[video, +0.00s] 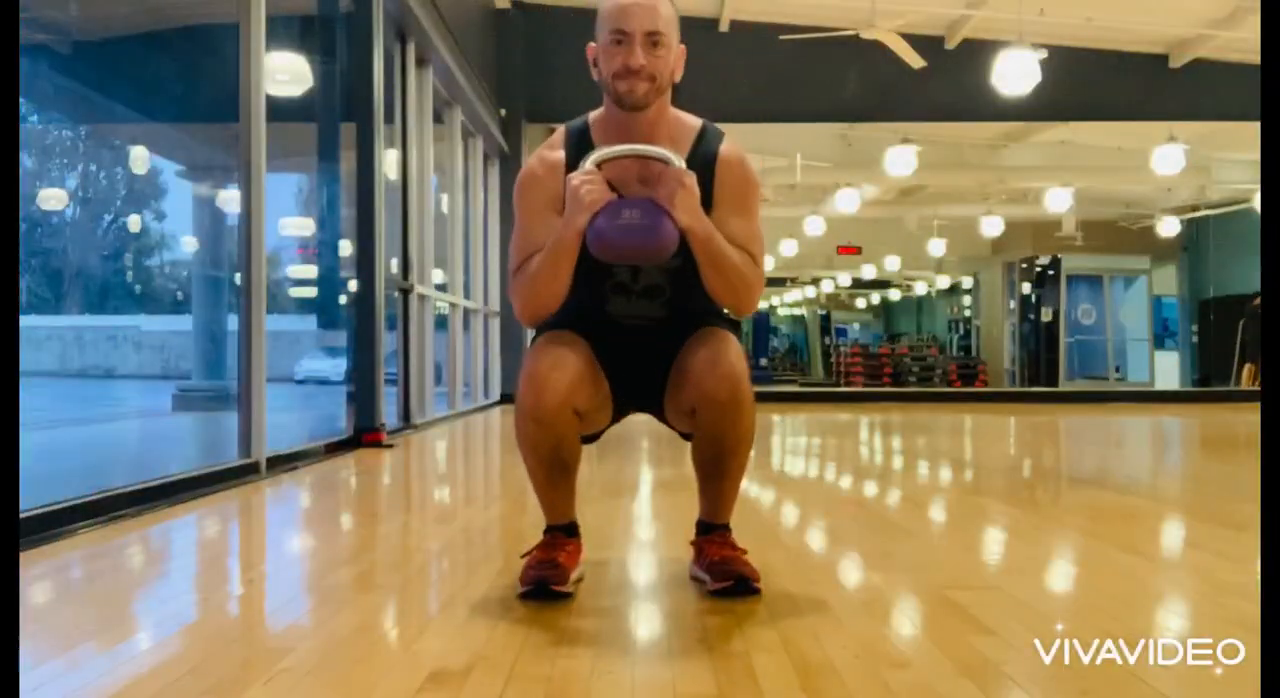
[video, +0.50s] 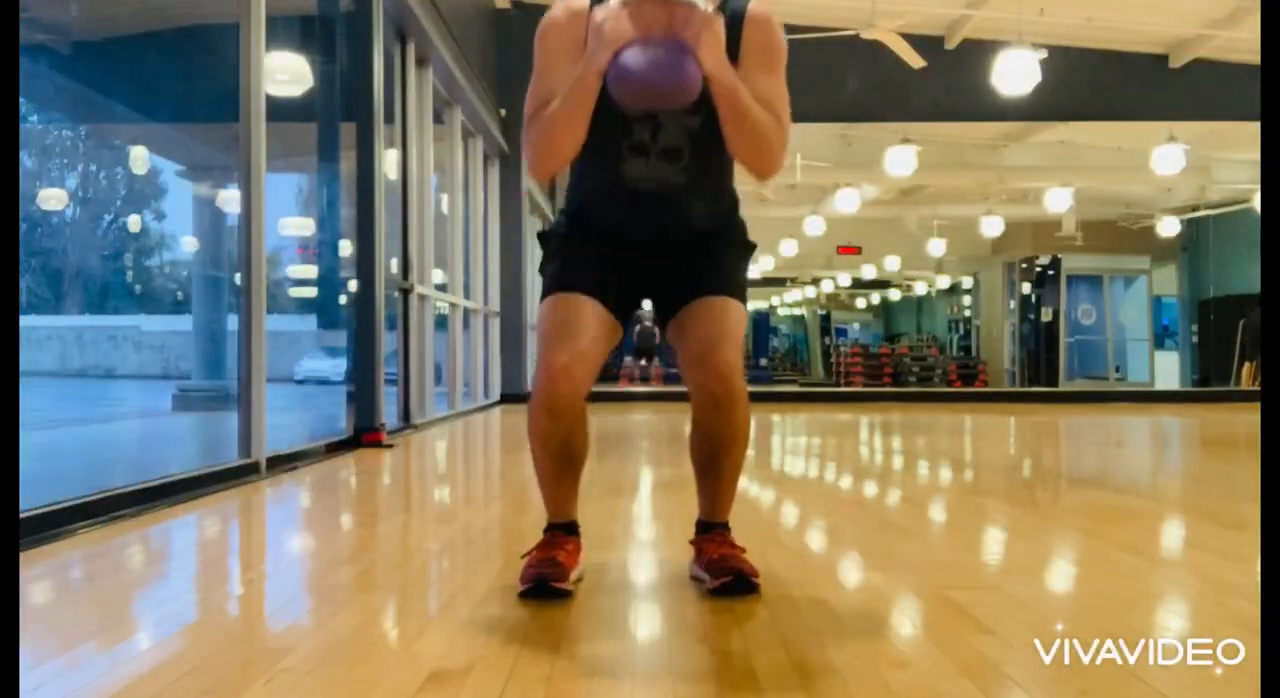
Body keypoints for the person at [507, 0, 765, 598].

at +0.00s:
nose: (635, 56)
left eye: (654, 42)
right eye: (618, 40)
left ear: (679, 59)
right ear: (593, 57)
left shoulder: (721, 159)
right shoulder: (549, 166)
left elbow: (744, 297)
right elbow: (530, 308)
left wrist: (694, 216)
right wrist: (571, 221)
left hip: (685, 353)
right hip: (587, 353)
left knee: (725, 372)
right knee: (543, 379)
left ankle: (716, 538)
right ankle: (558, 538)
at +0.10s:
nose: (635, 52)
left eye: (653, 38)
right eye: (618, 36)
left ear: (678, 55)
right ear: (593, 52)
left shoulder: (723, 158)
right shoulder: (549, 163)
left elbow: (746, 294)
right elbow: (530, 306)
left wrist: (693, 213)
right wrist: (571, 219)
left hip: (687, 350)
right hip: (588, 349)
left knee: (725, 372)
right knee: (545, 380)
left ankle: (716, 538)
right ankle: (559, 538)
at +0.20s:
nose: (637, 32)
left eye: (656, 17)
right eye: (621, 16)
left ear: (682, 39)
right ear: (596, 35)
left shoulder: (724, 136)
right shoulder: (552, 141)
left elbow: (747, 279)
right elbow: (530, 287)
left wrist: (695, 197)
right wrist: (571, 202)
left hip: (689, 326)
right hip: (588, 326)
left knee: (722, 377)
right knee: (549, 382)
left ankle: (715, 538)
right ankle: (559, 538)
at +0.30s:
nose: (643, 2)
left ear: (688, 9)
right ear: (604, 7)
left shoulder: (732, 110)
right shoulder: (556, 110)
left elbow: (748, 247)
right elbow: (529, 252)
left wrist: (697, 158)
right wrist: (576, 165)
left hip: (693, 298)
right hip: (590, 297)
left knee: (718, 380)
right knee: (553, 386)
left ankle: (715, 538)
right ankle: (559, 537)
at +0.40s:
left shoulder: (741, 72)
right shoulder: (562, 67)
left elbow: (755, 207)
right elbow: (534, 208)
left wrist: (703, 110)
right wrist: (586, 110)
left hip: (696, 271)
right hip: (593, 269)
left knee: (719, 380)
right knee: (553, 387)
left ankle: (714, 537)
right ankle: (559, 536)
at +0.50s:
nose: (663, 3)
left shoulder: (751, 22)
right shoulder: (571, 20)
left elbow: (766, 158)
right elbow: (542, 160)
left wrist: (714, 59)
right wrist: (596, 60)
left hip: (701, 236)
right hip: (597, 233)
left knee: (721, 378)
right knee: (556, 383)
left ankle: (714, 537)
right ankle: (559, 535)